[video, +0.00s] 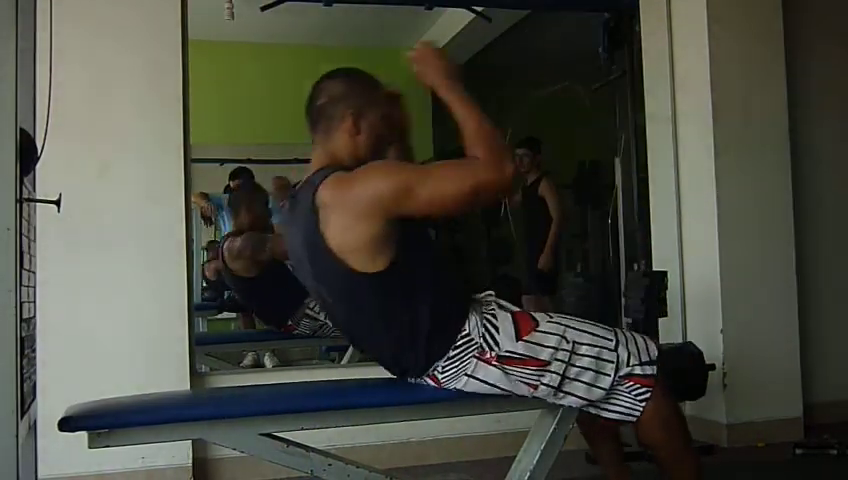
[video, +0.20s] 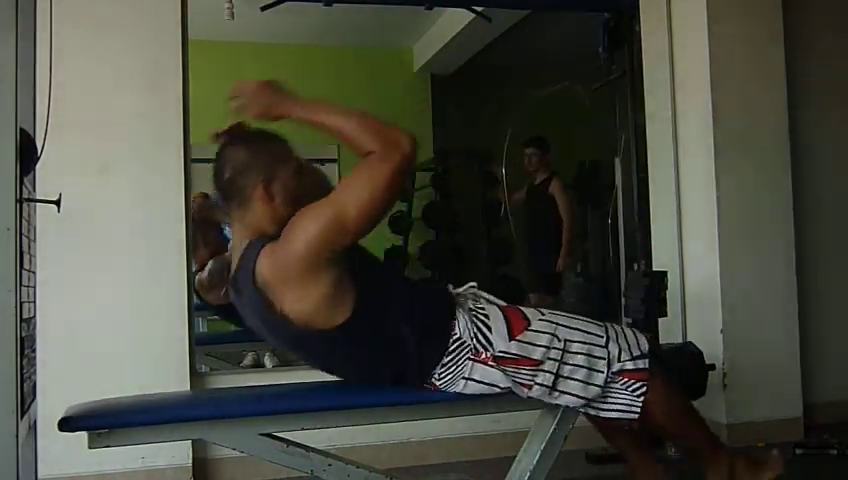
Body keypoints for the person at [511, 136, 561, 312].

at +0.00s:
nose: (519, 161)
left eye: (524, 156)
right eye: (517, 156)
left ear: (535, 158)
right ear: (514, 158)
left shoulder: (544, 184)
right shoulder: (526, 185)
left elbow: (557, 218)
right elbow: (511, 206)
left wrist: (547, 253)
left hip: (540, 250)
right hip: (527, 248)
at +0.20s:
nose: (527, 160)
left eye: (532, 155)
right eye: (525, 156)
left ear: (544, 157)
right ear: (524, 158)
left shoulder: (554, 184)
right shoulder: (533, 185)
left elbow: (567, 219)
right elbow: (510, 200)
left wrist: (564, 254)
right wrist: (500, 179)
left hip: (549, 251)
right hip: (533, 249)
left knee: (545, 301)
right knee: (535, 299)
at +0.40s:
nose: (537, 159)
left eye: (542, 154)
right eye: (535, 154)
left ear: (554, 156)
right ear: (533, 157)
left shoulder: (565, 184)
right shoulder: (537, 185)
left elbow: (575, 221)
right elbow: (512, 201)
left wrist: (569, 257)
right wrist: (502, 179)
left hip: (557, 249)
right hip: (539, 247)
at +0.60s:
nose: (545, 158)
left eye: (550, 154)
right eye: (543, 154)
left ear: (562, 155)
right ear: (541, 156)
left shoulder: (574, 183)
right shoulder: (544, 183)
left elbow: (585, 222)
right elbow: (517, 192)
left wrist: (576, 257)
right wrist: (499, 176)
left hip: (568, 250)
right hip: (548, 248)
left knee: (566, 298)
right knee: (544, 293)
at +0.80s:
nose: (549, 159)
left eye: (553, 154)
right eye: (547, 155)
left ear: (565, 155)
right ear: (544, 157)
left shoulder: (579, 183)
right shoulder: (548, 182)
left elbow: (590, 221)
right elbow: (516, 190)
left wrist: (584, 255)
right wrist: (498, 173)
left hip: (573, 247)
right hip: (553, 245)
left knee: (570, 294)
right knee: (545, 293)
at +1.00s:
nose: (549, 159)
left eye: (553, 154)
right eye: (547, 155)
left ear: (565, 155)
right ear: (544, 157)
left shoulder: (579, 183)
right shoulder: (547, 182)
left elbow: (591, 220)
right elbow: (517, 188)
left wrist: (586, 255)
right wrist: (499, 174)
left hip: (574, 247)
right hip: (553, 246)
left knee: (571, 293)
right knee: (547, 292)